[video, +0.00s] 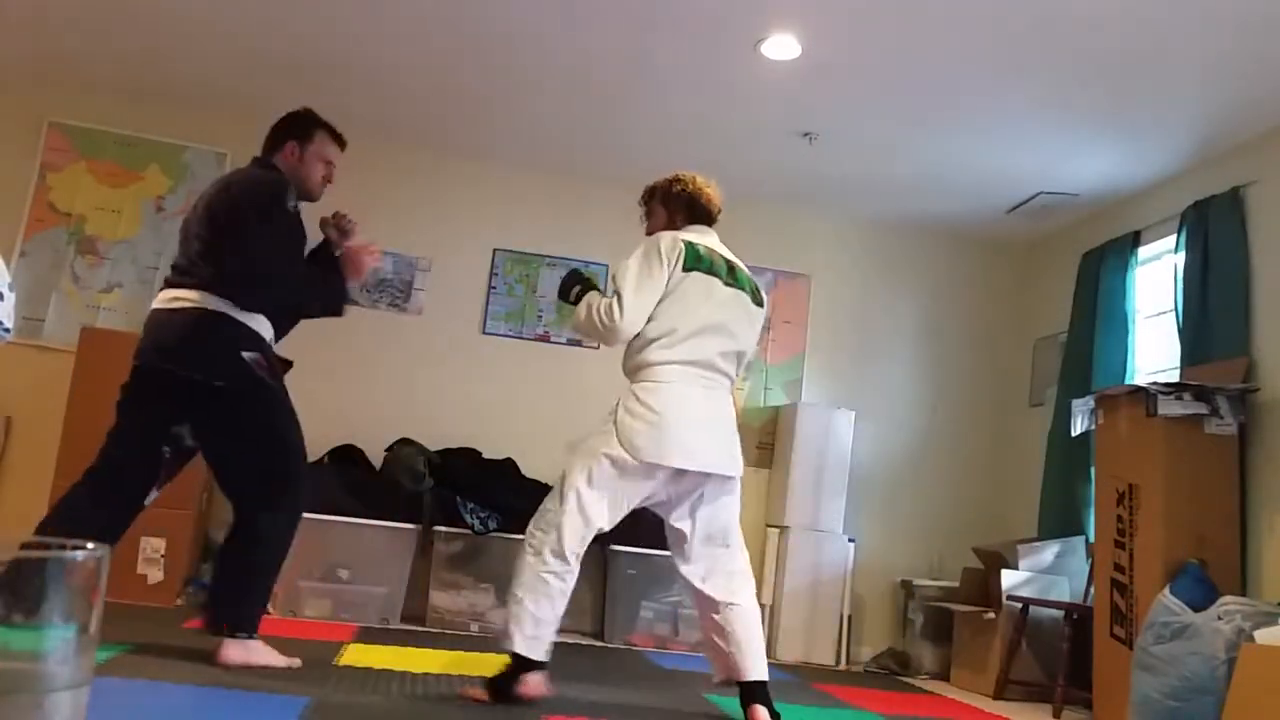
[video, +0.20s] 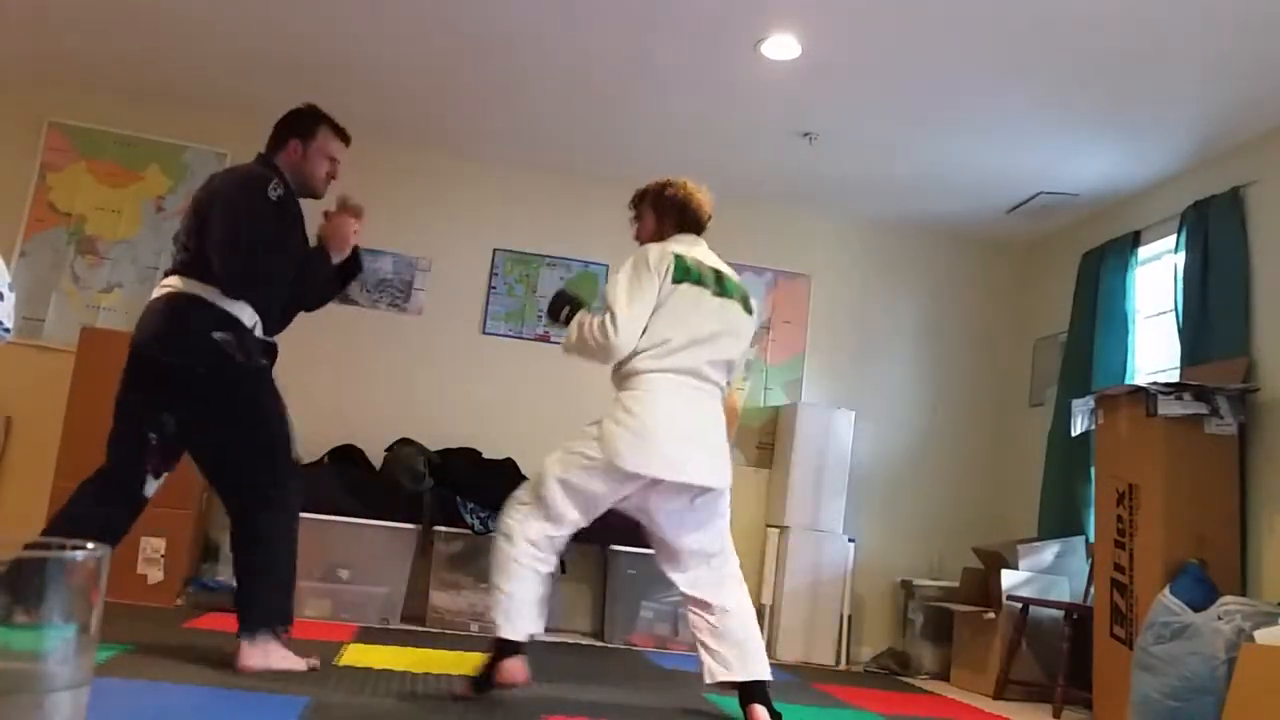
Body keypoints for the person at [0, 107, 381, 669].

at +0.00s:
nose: (331, 179)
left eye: (335, 169)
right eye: (327, 164)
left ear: (286, 154)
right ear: (291, 152)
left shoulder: (227, 190)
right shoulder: (270, 193)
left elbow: (268, 298)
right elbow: (273, 289)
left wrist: (326, 249)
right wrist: (341, 274)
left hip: (164, 339)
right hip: (221, 348)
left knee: (117, 481)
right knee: (276, 489)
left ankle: (20, 597)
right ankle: (238, 634)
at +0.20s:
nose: (334, 173)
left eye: (338, 162)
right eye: (329, 158)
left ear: (288, 152)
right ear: (294, 148)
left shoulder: (227, 183)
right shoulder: (268, 194)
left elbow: (294, 297)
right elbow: (271, 289)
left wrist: (340, 258)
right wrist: (326, 249)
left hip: (161, 333)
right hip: (215, 345)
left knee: (124, 480)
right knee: (267, 488)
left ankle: (23, 591)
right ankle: (262, 639)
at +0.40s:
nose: (326, 180)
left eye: (331, 168)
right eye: (321, 163)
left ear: (277, 159)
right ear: (284, 154)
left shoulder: (224, 193)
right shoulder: (255, 193)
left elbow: (265, 317)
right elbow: (244, 276)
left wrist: (326, 268)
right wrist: (315, 225)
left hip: (155, 337)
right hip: (207, 348)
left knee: (111, 484)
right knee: (276, 490)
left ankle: (12, 586)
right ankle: (260, 643)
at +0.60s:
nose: (265, 178)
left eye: (268, 167)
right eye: (258, 164)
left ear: (212, 162)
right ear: (223, 156)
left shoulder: (167, 204)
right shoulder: (236, 213)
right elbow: (289, 286)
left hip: (106, 349)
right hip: (171, 359)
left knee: (67, 474)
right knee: (250, 492)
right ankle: (261, 640)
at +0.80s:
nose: (207, 160)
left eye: (211, 150)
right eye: (202, 145)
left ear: (156, 140)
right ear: (165, 136)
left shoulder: (103, 176)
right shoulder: (151, 186)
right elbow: (154, 298)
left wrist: (192, 237)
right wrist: (198, 255)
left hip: (37, 324)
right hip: (93, 335)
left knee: (9, 454)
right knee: (163, 464)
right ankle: (126, 613)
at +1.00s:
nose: (185, 154)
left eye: (190, 145)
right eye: (179, 140)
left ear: (135, 135)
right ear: (143, 129)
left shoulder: (70, 169)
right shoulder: (129, 185)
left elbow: (154, 280)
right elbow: (127, 275)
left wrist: (196, 233)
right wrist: (173, 263)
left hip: (26, 326)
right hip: (70, 340)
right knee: (112, 460)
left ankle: (53, 603)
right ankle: (53, 602)